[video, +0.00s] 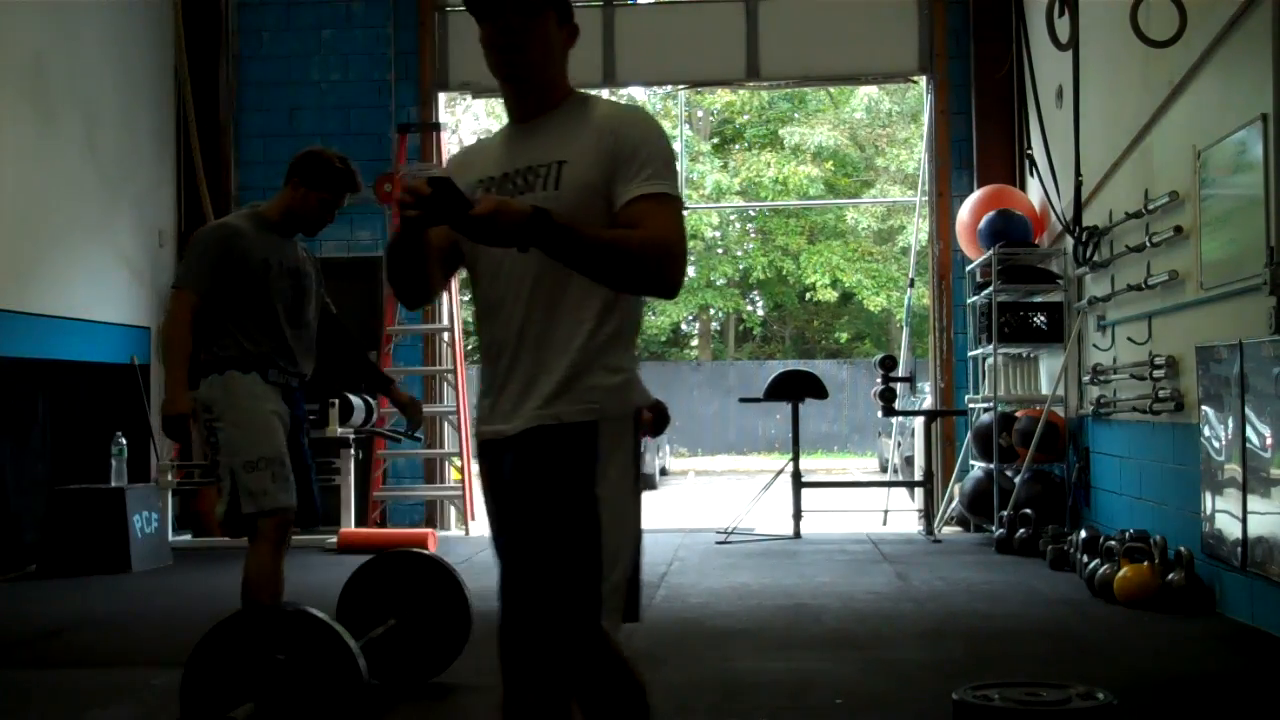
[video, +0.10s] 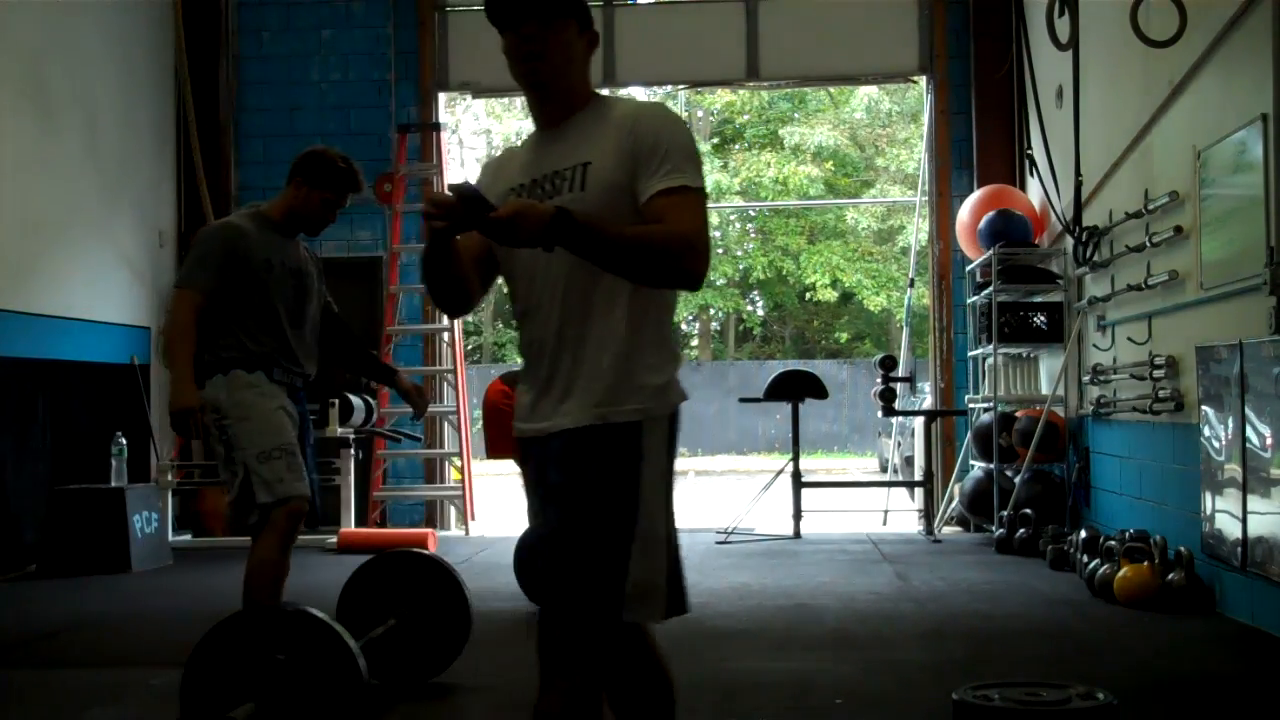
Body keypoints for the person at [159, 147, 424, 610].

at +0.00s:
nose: (332, 218)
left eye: (337, 209)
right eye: (330, 205)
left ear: (307, 196)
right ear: (300, 190)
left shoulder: (300, 259)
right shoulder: (225, 237)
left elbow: (334, 340)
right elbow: (180, 313)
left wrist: (392, 392)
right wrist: (176, 392)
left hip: (279, 392)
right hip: (237, 386)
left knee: (277, 522)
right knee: (273, 518)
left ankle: (263, 644)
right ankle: (262, 647)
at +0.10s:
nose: (334, 217)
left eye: (338, 209)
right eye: (332, 205)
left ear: (310, 195)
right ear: (303, 189)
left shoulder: (302, 260)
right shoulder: (229, 235)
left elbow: (335, 339)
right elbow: (184, 309)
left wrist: (398, 380)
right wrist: (182, 384)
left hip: (284, 390)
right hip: (241, 383)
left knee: (284, 513)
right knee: (287, 504)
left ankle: (262, 634)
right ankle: (258, 635)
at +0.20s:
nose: (334, 217)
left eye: (339, 208)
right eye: (332, 204)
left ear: (308, 193)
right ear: (302, 188)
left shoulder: (299, 258)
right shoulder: (231, 236)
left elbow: (327, 338)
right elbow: (189, 310)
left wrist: (388, 380)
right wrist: (192, 384)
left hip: (287, 392)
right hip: (249, 388)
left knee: (284, 518)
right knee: (291, 511)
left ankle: (264, 638)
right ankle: (257, 639)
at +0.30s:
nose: (333, 217)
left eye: (339, 208)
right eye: (331, 204)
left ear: (303, 191)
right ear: (302, 187)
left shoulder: (291, 249)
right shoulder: (236, 237)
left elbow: (310, 341)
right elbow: (195, 313)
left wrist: (367, 390)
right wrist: (209, 384)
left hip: (290, 396)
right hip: (259, 395)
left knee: (286, 528)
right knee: (282, 528)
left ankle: (262, 649)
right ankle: (247, 652)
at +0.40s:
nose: (331, 217)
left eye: (337, 207)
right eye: (329, 204)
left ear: (304, 192)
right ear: (300, 188)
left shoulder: (284, 248)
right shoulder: (236, 239)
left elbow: (288, 341)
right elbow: (204, 323)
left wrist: (331, 397)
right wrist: (239, 391)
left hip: (293, 407)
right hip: (263, 406)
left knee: (279, 546)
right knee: (268, 547)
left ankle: (264, 662)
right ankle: (243, 667)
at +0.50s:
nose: (331, 214)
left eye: (336, 205)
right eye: (329, 202)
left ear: (299, 187)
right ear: (299, 184)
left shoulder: (277, 242)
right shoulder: (236, 238)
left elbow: (276, 330)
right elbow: (220, 331)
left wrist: (306, 392)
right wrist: (277, 392)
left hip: (288, 409)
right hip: (255, 411)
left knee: (289, 544)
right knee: (261, 545)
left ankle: (270, 660)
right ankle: (233, 666)